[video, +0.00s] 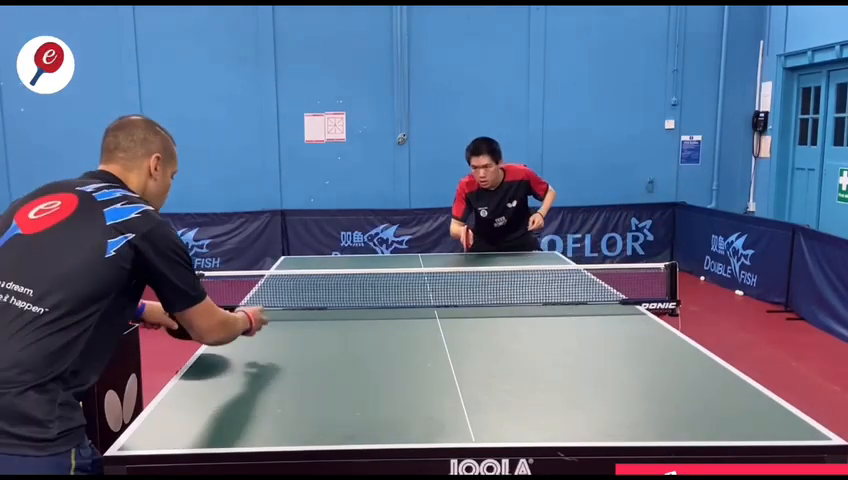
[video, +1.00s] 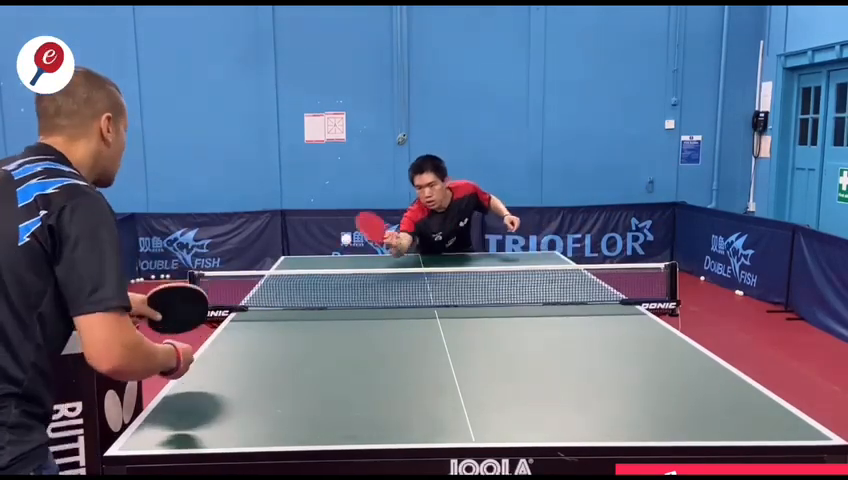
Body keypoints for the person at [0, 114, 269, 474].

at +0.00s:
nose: (168, 192)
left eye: (172, 179)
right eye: (171, 178)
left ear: (107, 157)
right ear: (153, 166)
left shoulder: (38, 198)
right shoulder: (144, 224)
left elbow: (64, 293)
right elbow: (210, 329)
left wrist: (153, 314)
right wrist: (242, 320)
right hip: (36, 436)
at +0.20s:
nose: (182, 209)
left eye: (186, 198)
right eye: (186, 195)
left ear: (124, 176)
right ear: (172, 184)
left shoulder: (55, 210)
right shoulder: (150, 234)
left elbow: (104, 307)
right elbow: (207, 356)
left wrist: (191, 322)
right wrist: (247, 344)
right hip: (36, 439)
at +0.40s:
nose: (183, 206)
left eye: (187, 196)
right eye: (186, 194)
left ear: (123, 178)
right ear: (173, 187)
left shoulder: (69, 213)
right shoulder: (138, 237)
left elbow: (127, 284)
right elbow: (193, 358)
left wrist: (206, 294)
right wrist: (242, 343)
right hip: (24, 427)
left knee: (90, 458)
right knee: (94, 465)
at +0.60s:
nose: (169, 182)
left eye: (171, 171)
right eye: (171, 169)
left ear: (105, 155)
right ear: (157, 163)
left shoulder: (56, 196)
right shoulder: (115, 221)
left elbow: (98, 277)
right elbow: (169, 355)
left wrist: (191, 279)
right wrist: (221, 342)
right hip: (20, 421)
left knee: (87, 466)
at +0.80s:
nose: (133, 154)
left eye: (135, 141)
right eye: (134, 141)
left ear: (60, 131)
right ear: (118, 137)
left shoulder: (8, 185)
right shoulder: (87, 213)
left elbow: (45, 290)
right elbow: (138, 355)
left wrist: (134, 291)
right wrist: (192, 346)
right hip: (21, 446)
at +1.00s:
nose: (123, 149)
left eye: (126, 135)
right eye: (124, 134)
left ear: (48, 125)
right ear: (106, 128)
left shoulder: (8, 174)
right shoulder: (77, 202)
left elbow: (30, 294)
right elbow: (112, 353)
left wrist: (116, 303)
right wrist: (168, 357)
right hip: (15, 442)